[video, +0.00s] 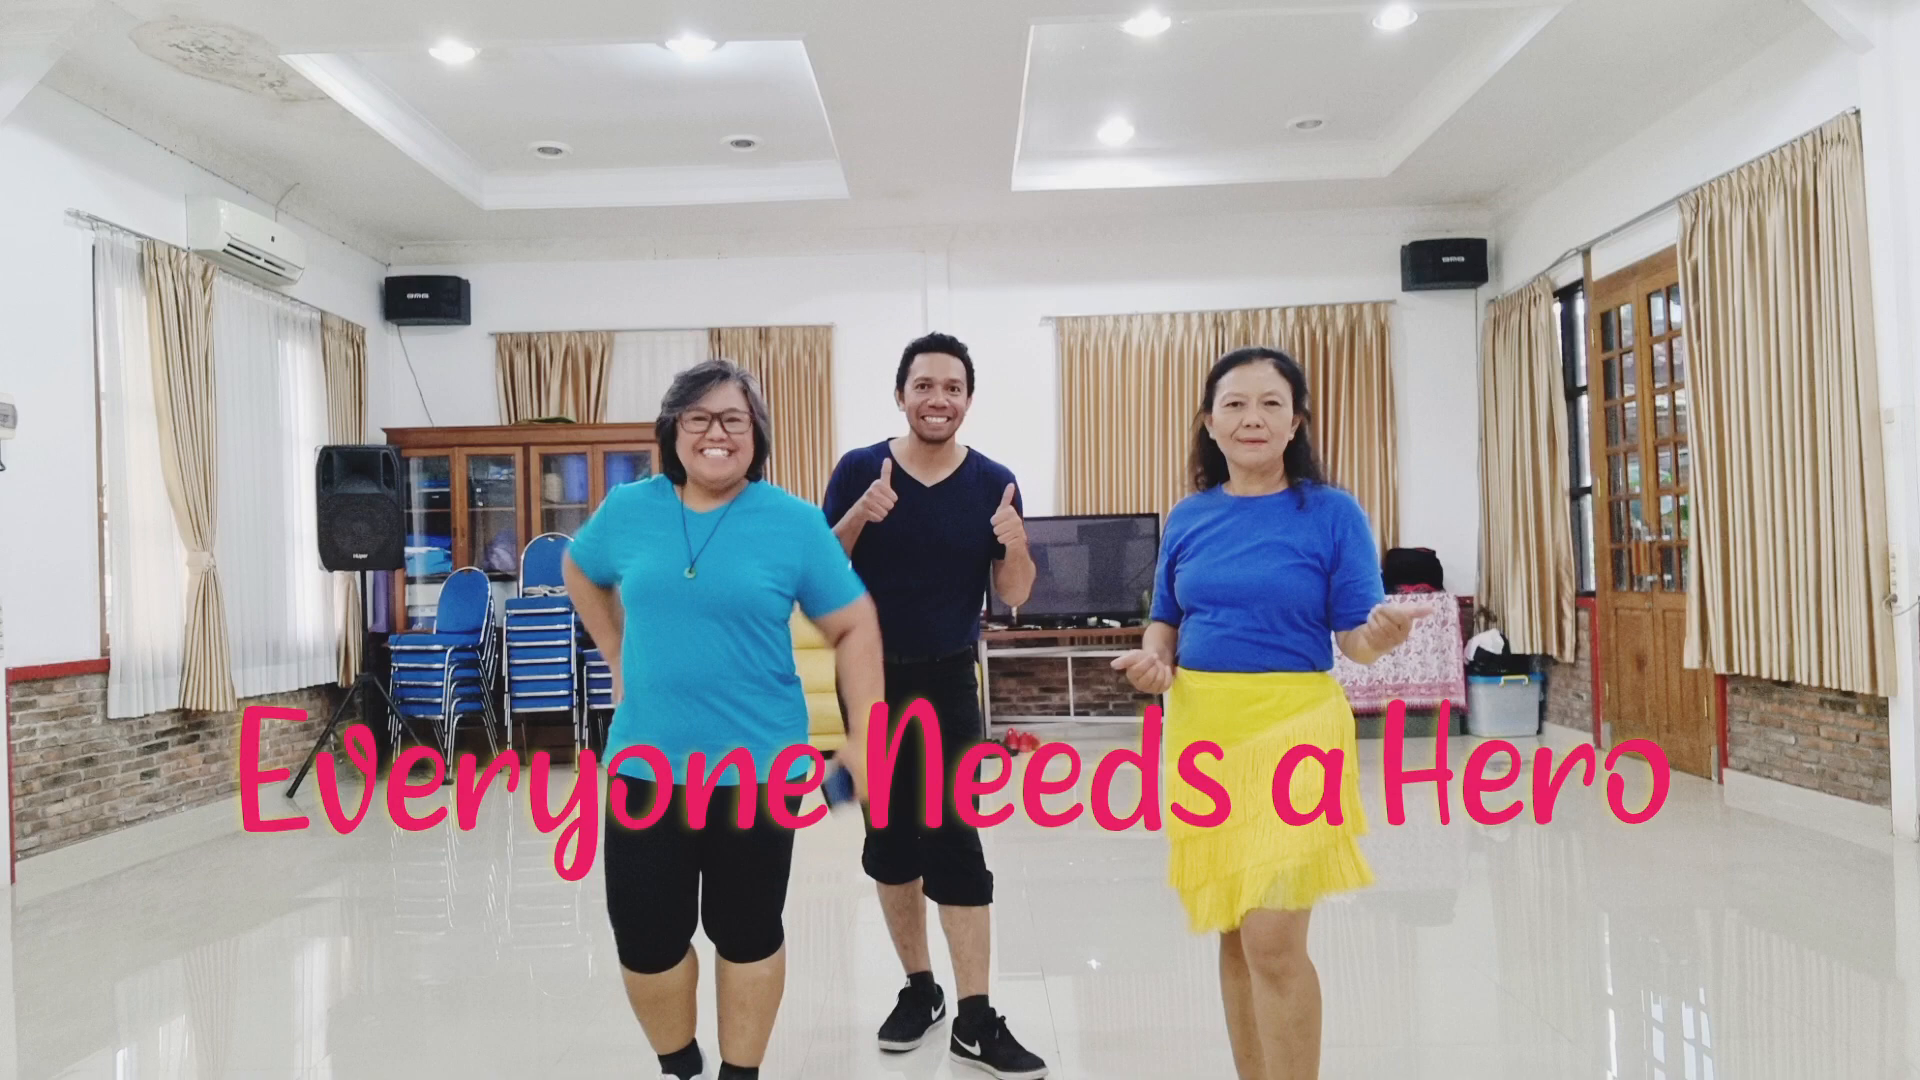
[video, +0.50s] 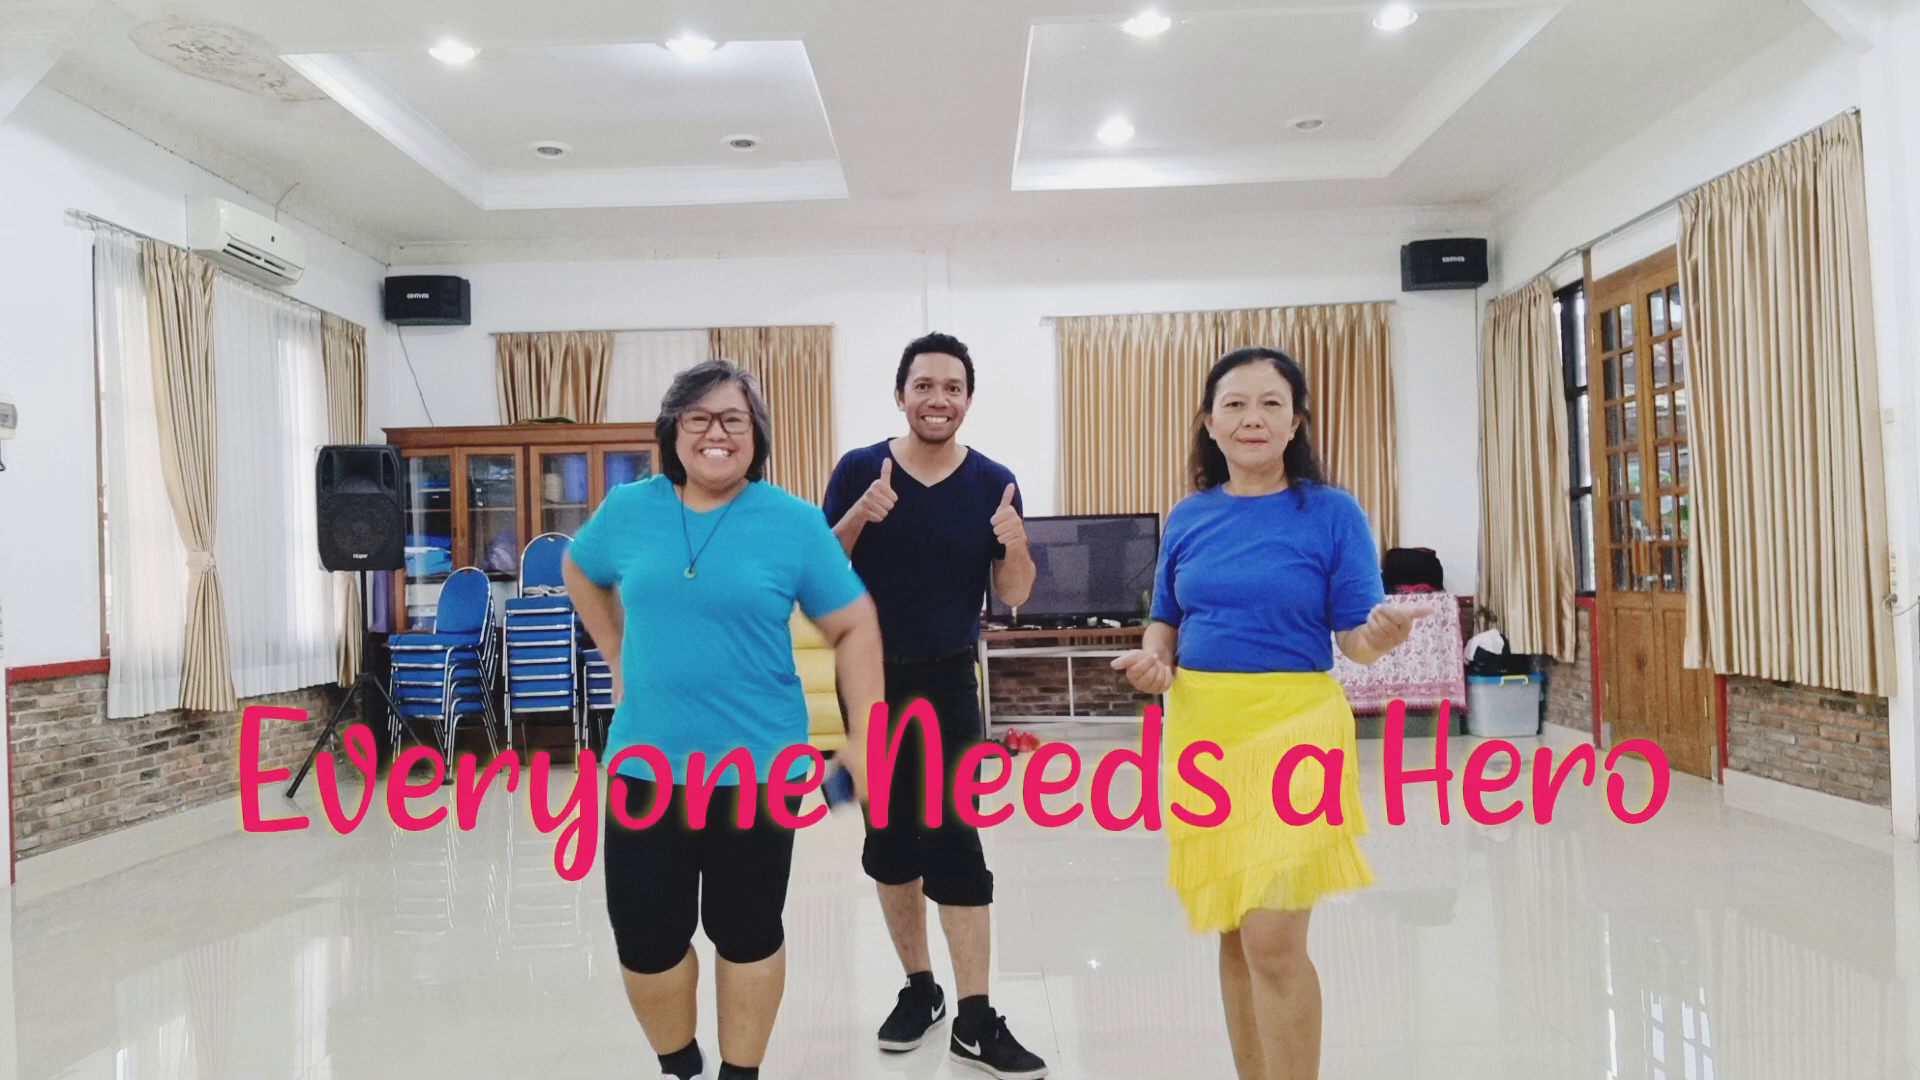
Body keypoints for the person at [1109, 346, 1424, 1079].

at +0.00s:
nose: (1252, 418)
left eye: (1270, 404)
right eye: (1234, 404)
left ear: (1295, 421)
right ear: (1210, 421)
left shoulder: (1333, 512)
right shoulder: (1186, 517)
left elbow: (1356, 643)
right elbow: (1163, 628)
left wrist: (1380, 635)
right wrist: (1151, 660)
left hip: (1297, 723)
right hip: (1204, 724)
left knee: (1272, 941)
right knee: (1237, 941)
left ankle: (1296, 1077)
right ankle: (1254, 1078)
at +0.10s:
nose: (1252, 418)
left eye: (1270, 404)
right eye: (1234, 404)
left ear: (1295, 421)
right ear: (1210, 421)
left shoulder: (1333, 512)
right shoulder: (1186, 517)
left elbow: (1356, 643)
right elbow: (1163, 628)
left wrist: (1380, 635)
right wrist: (1151, 660)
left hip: (1297, 723)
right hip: (1204, 724)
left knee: (1272, 941)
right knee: (1237, 941)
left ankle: (1296, 1077)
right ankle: (1254, 1078)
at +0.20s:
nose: (1252, 418)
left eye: (1270, 404)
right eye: (1234, 404)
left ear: (1295, 421)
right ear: (1210, 421)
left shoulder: (1333, 512)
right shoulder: (1186, 517)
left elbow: (1356, 643)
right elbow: (1163, 628)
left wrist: (1380, 635)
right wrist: (1151, 660)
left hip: (1297, 723)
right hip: (1204, 724)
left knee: (1272, 941)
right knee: (1237, 941)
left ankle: (1296, 1077)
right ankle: (1254, 1078)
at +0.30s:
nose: (1252, 418)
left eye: (1270, 404)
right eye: (1234, 404)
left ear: (1295, 421)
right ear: (1210, 421)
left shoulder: (1333, 512)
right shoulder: (1186, 517)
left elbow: (1356, 643)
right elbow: (1163, 628)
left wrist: (1380, 635)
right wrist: (1151, 660)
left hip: (1297, 723)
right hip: (1204, 724)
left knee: (1272, 941)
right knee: (1237, 941)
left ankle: (1296, 1077)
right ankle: (1254, 1078)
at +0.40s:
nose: (1252, 418)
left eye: (1270, 404)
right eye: (1234, 404)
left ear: (1295, 421)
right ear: (1210, 421)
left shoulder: (1333, 512)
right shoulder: (1186, 517)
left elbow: (1356, 643)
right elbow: (1163, 628)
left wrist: (1380, 635)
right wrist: (1151, 660)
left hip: (1297, 723)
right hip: (1204, 724)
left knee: (1272, 941)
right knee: (1237, 941)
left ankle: (1296, 1077)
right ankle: (1254, 1078)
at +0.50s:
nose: (1252, 418)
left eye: (1270, 404)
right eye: (1234, 404)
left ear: (1295, 421)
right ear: (1210, 421)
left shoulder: (1333, 512)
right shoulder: (1186, 517)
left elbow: (1356, 643)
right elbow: (1163, 628)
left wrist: (1380, 635)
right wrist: (1151, 660)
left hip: (1297, 723)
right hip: (1204, 724)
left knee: (1272, 941)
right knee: (1237, 941)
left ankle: (1296, 1077)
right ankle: (1254, 1078)